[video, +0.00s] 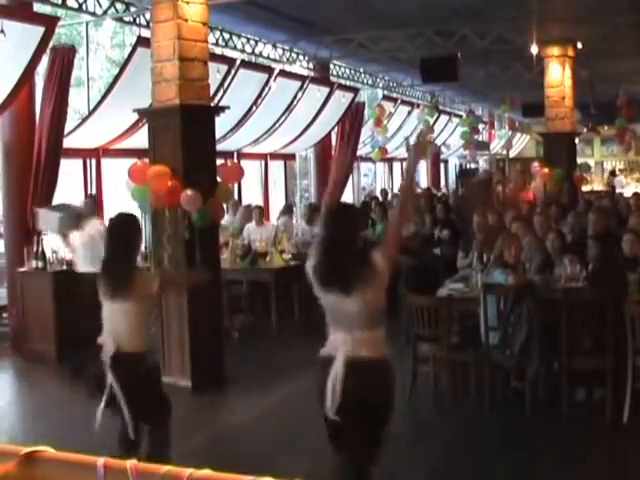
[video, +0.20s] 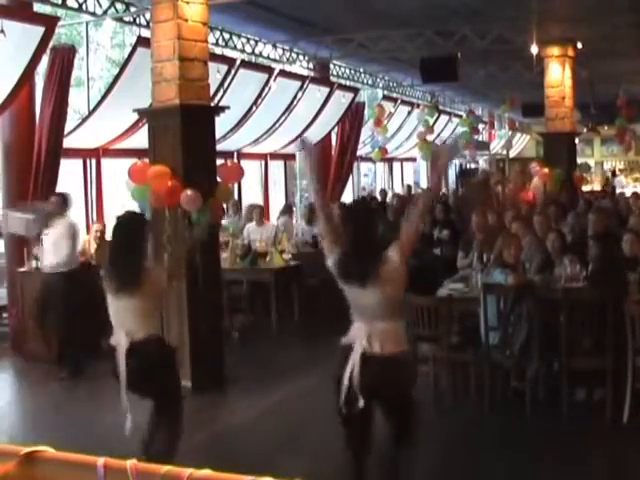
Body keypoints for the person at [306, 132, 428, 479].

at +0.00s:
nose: (366, 229)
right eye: (362, 225)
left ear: (326, 233)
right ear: (360, 234)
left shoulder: (318, 271)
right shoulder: (378, 268)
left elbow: (329, 211)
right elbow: (400, 217)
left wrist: (341, 164)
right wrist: (413, 161)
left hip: (335, 360)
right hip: (375, 361)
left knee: (343, 452)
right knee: (366, 454)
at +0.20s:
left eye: (341, 224)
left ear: (346, 231)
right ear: (381, 230)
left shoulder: (340, 266)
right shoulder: (394, 262)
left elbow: (322, 214)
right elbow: (416, 217)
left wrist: (310, 161)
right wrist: (436, 174)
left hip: (356, 355)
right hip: (394, 354)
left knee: (357, 435)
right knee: (401, 431)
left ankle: (358, 470)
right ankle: (394, 471)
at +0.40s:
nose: (360, 228)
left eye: (363, 224)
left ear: (365, 229)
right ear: (397, 226)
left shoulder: (355, 262)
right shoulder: (415, 256)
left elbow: (323, 237)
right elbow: (453, 227)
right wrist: (488, 196)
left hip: (375, 351)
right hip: (410, 348)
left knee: (385, 426)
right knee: (413, 428)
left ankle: (377, 471)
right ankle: (410, 471)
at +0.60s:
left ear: (377, 225)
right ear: (409, 222)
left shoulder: (363, 261)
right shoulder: (428, 255)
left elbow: (316, 246)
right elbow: (478, 238)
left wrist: (278, 224)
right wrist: (523, 217)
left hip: (384, 346)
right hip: (419, 344)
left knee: (394, 422)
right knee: (418, 420)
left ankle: (396, 469)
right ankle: (416, 469)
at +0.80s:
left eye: (390, 217)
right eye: (418, 215)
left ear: (385, 225)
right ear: (418, 223)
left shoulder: (371, 256)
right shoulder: (434, 251)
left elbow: (325, 246)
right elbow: (482, 239)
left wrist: (290, 236)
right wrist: (528, 225)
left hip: (387, 340)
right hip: (422, 340)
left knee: (393, 416)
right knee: (426, 414)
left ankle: (397, 469)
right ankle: (430, 469)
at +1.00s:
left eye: (386, 220)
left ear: (385, 227)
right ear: (420, 226)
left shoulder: (372, 261)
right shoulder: (437, 259)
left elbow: (328, 254)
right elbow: (485, 247)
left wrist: (290, 245)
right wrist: (529, 230)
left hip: (387, 345)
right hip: (425, 343)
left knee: (395, 417)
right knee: (430, 418)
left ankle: (395, 470)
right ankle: (434, 469)